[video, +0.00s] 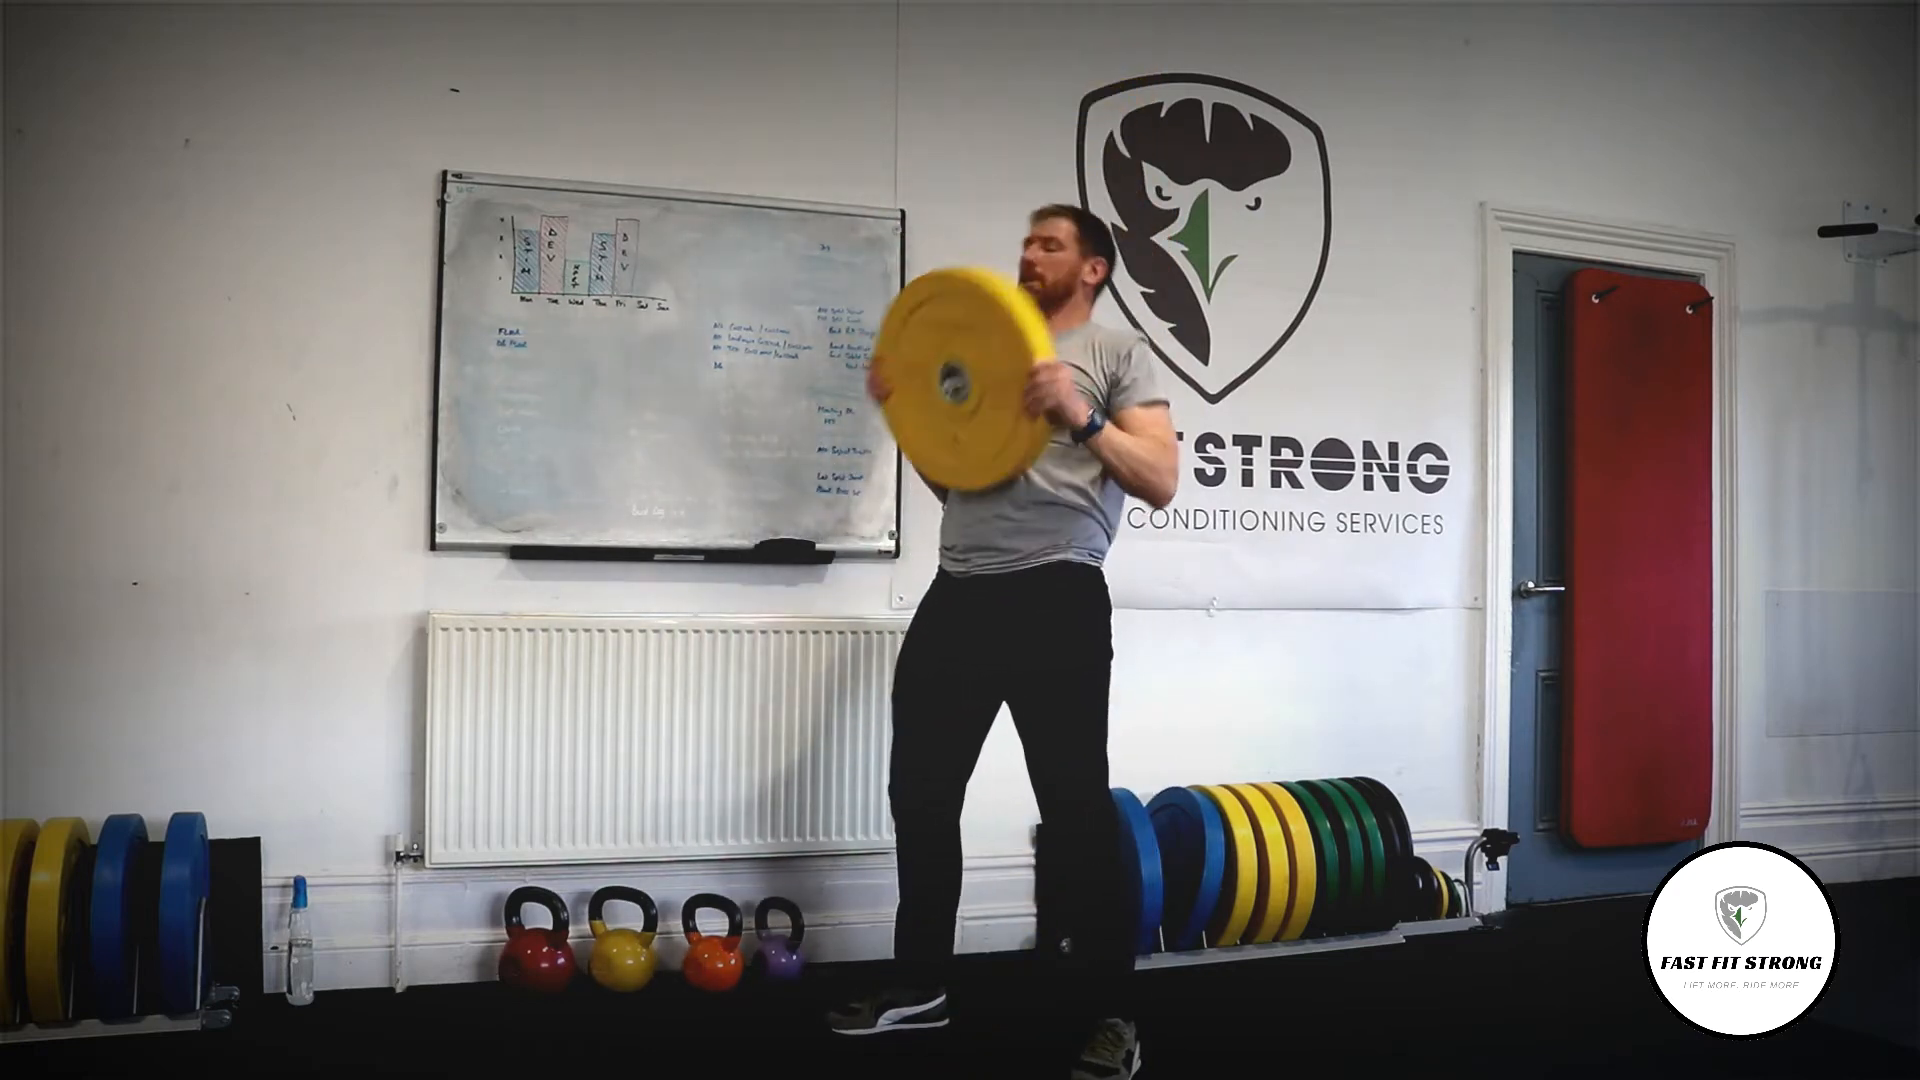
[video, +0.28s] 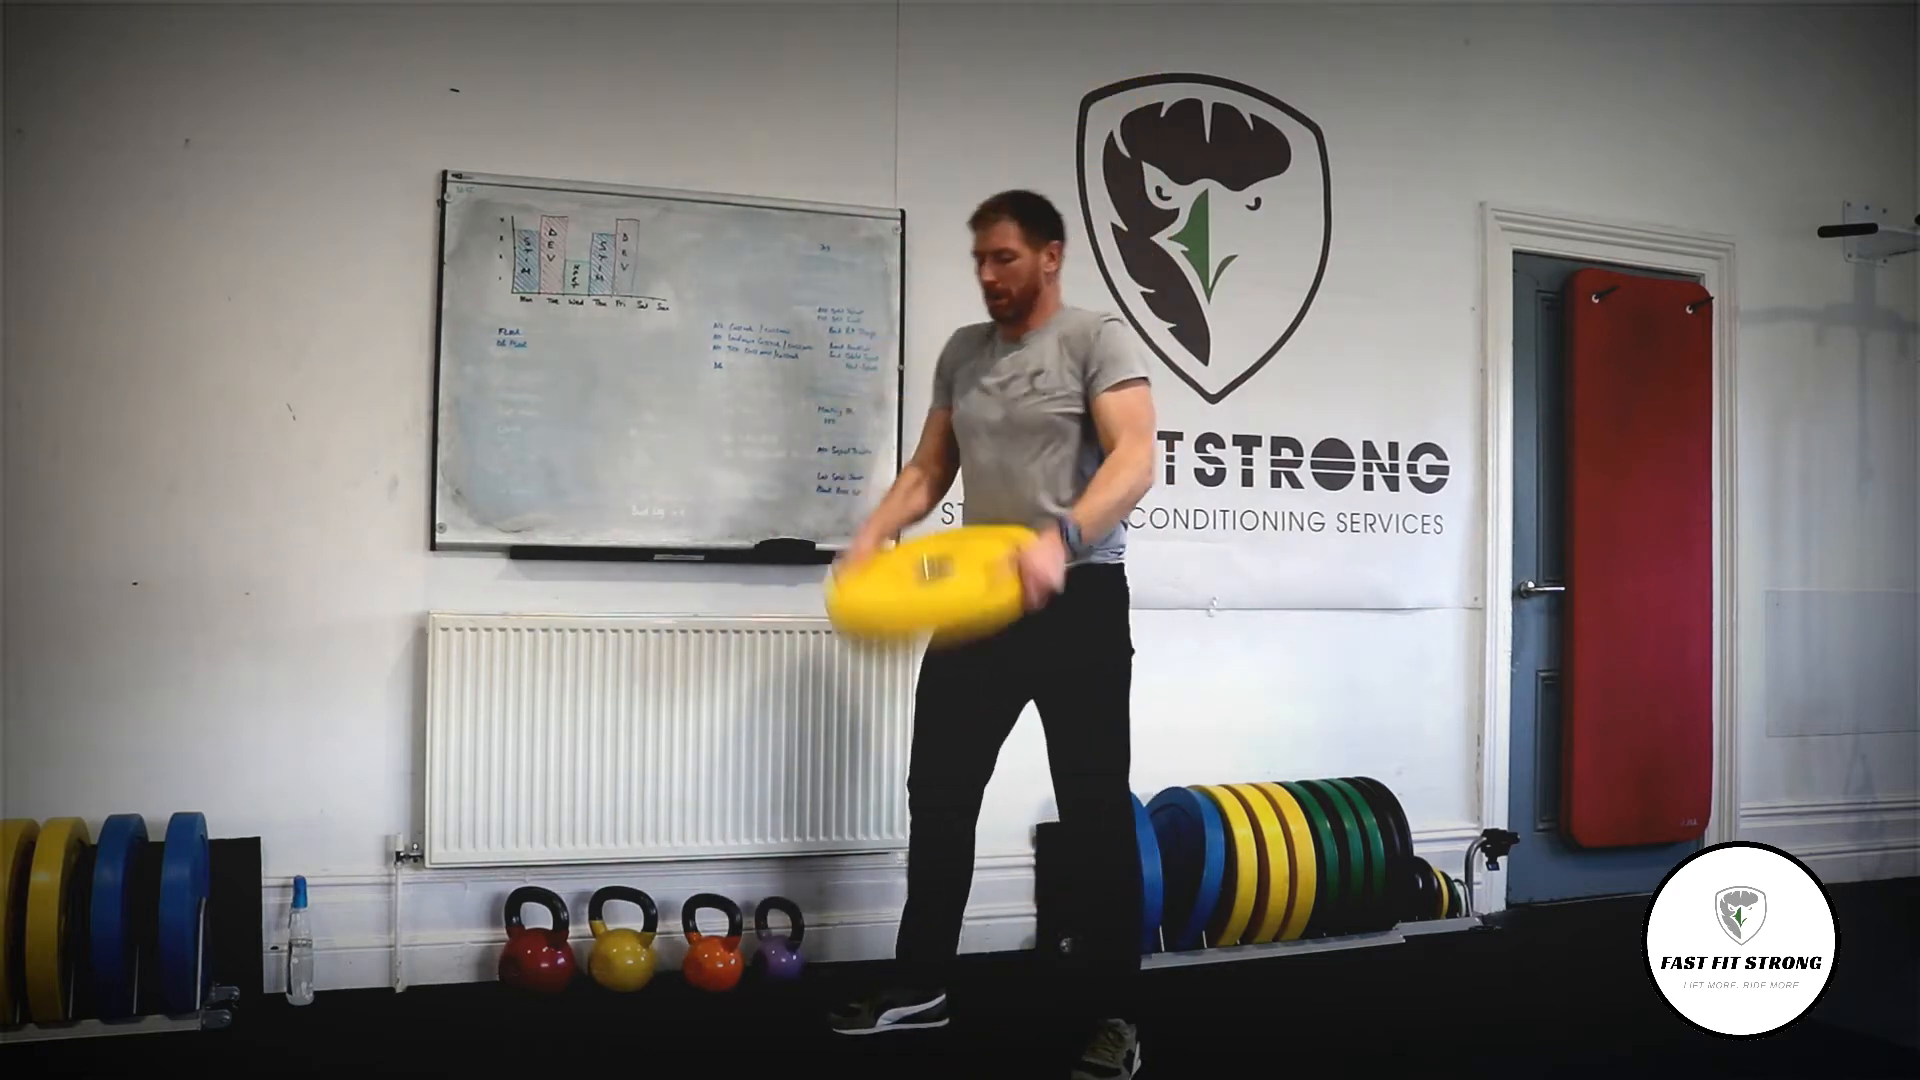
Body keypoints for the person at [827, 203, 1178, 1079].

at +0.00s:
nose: (1027, 259)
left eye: (1047, 247)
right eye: (1025, 247)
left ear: (1093, 268)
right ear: (1020, 261)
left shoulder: (1118, 349)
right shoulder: (993, 344)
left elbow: (1162, 480)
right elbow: (946, 466)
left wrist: (1083, 416)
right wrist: (897, 399)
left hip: (1058, 595)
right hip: (960, 597)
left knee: (1074, 803)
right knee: (921, 796)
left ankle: (1104, 1013)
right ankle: (923, 991)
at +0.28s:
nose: (988, 273)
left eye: (1004, 256)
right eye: (980, 259)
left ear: (1052, 257)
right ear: (977, 264)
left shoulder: (1095, 337)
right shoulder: (963, 351)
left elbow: (1136, 458)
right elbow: (929, 469)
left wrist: (1064, 533)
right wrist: (875, 529)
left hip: (1077, 593)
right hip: (979, 593)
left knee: (1094, 801)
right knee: (940, 791)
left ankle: (1112, 1013)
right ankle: (921, 988)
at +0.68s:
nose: (918, 338)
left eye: (929, 318)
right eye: (907, 323)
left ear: (975, 294)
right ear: (901, 315)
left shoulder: (1054, 373)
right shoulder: (909, 393)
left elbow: (1080, 511)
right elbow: (909, 526)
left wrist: (1080, 645)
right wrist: (892, 643)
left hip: (1092, 604)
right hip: (996, 611)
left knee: (1107, 804)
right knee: (935, 782)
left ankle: (1120, 1012)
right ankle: (918, 988)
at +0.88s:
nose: (892, 445)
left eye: (903, 426)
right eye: (881, 430)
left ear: (947, 396)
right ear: (873, 419)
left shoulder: (1036, 473)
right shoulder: (890, 497)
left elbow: (1056, 619)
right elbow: (895, 625)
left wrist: (1068, 761)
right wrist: (890, 755)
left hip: (1103, 649)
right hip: (998, 653)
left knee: (1120, 826)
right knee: (889, 783)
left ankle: (1117, 1019)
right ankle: (916, 985)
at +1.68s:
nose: (902, 362)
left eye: (919, 346)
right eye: (895, 347)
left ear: (968, 348)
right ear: (887, 356)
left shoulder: (1032, 435)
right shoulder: (890, 452)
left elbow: (1114, 550)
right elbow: (898, 565)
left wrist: (1067, 660)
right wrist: (876, 669)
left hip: (1083, 631)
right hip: (983, 642)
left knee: (1117, 814)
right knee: (882, 783)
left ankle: (1115, 1019)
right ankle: (914, 986)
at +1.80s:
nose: (949, 276)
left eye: (966, 262)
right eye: (944, 263)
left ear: (1014, 272)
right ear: (939, 275)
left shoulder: (1068, 369)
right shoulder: (925, 380)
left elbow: (1134, 492)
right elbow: (914, 494)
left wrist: (1067, 544)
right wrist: (873, 551)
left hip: (1065, 612)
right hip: (962, 612)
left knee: (1098, 805)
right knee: (894, 790)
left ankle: (1115, 1017)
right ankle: (916, 991)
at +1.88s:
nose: (986, 257)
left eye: (1004, 243)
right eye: (983, 244)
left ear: (1053, 259)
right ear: (982, 260)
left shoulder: (1096, 357)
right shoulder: (952, 365)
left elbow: (1134, 487)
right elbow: (937, 487)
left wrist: (1056, 474)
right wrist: (875, 476)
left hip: (1051, 606)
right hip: (953, 603)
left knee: (1079, 804)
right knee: (899, 788)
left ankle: (1106, 1016)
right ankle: (915, 988)